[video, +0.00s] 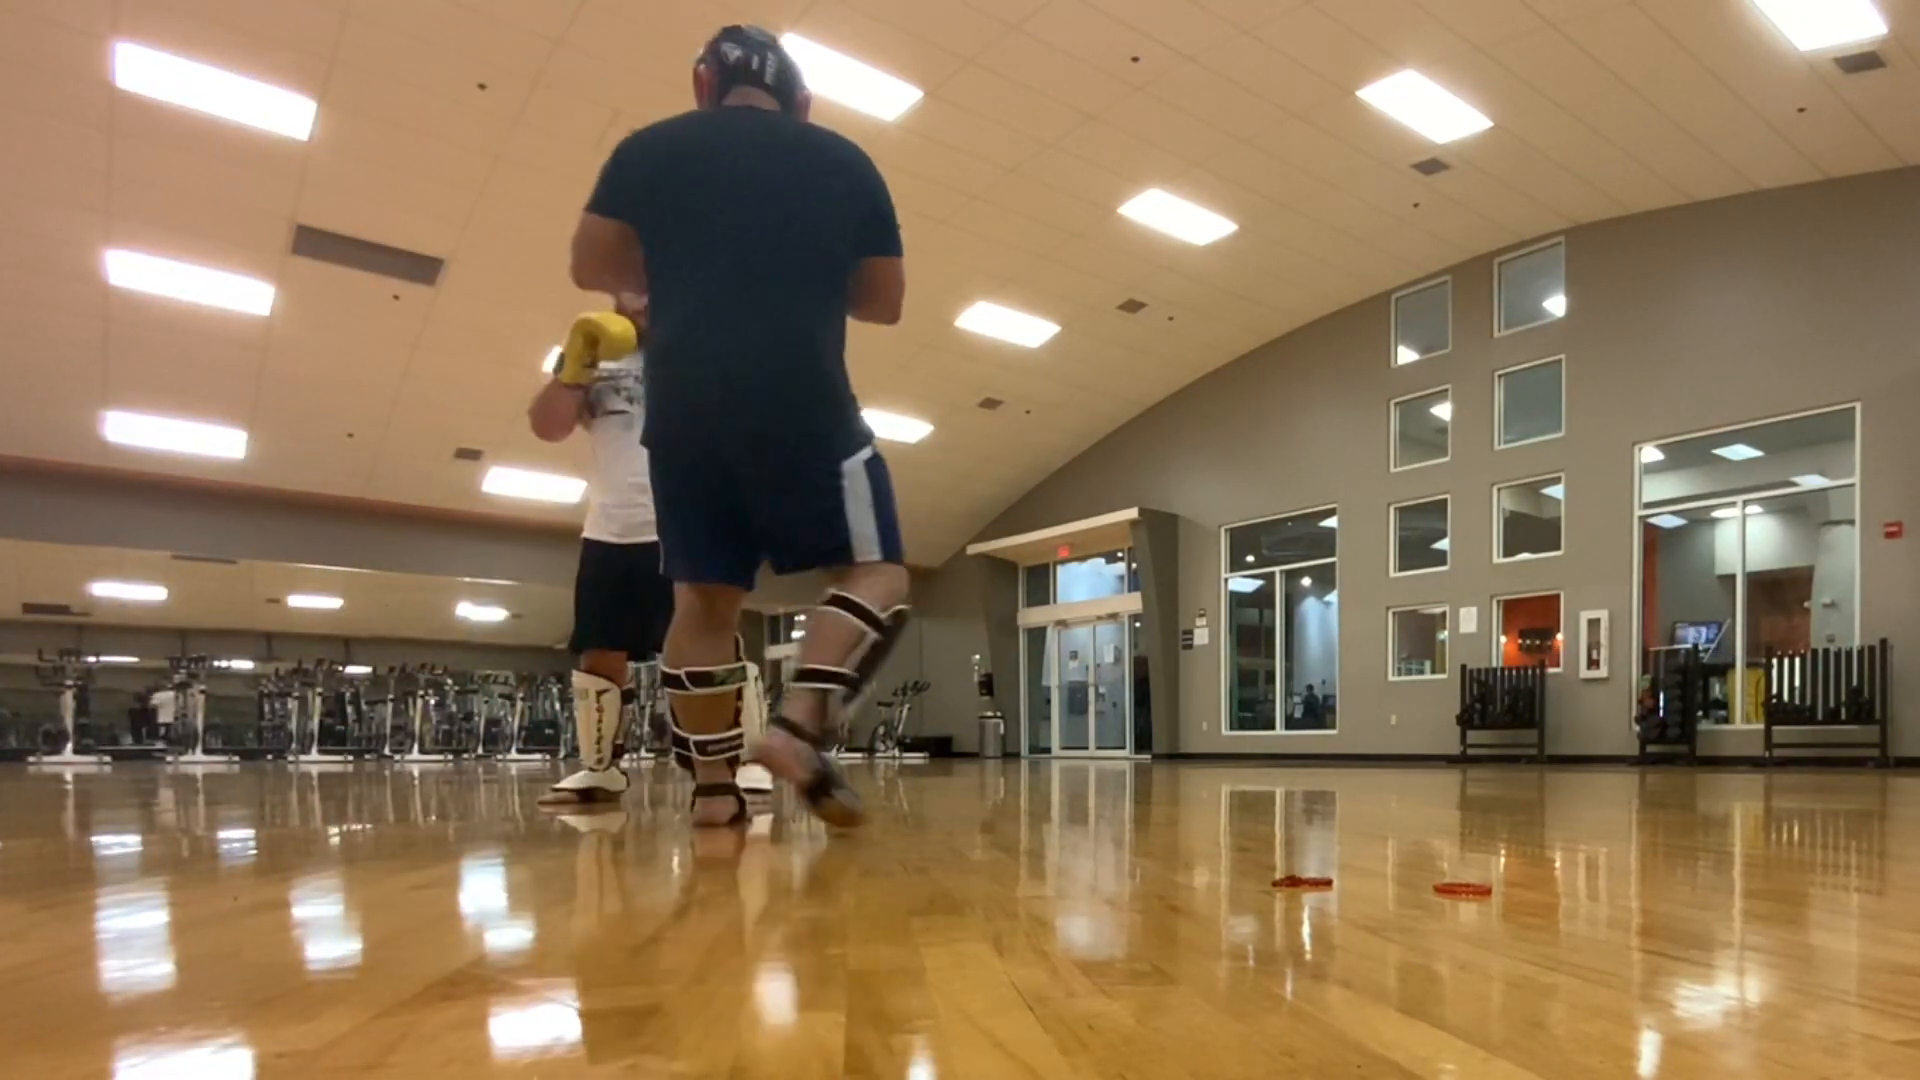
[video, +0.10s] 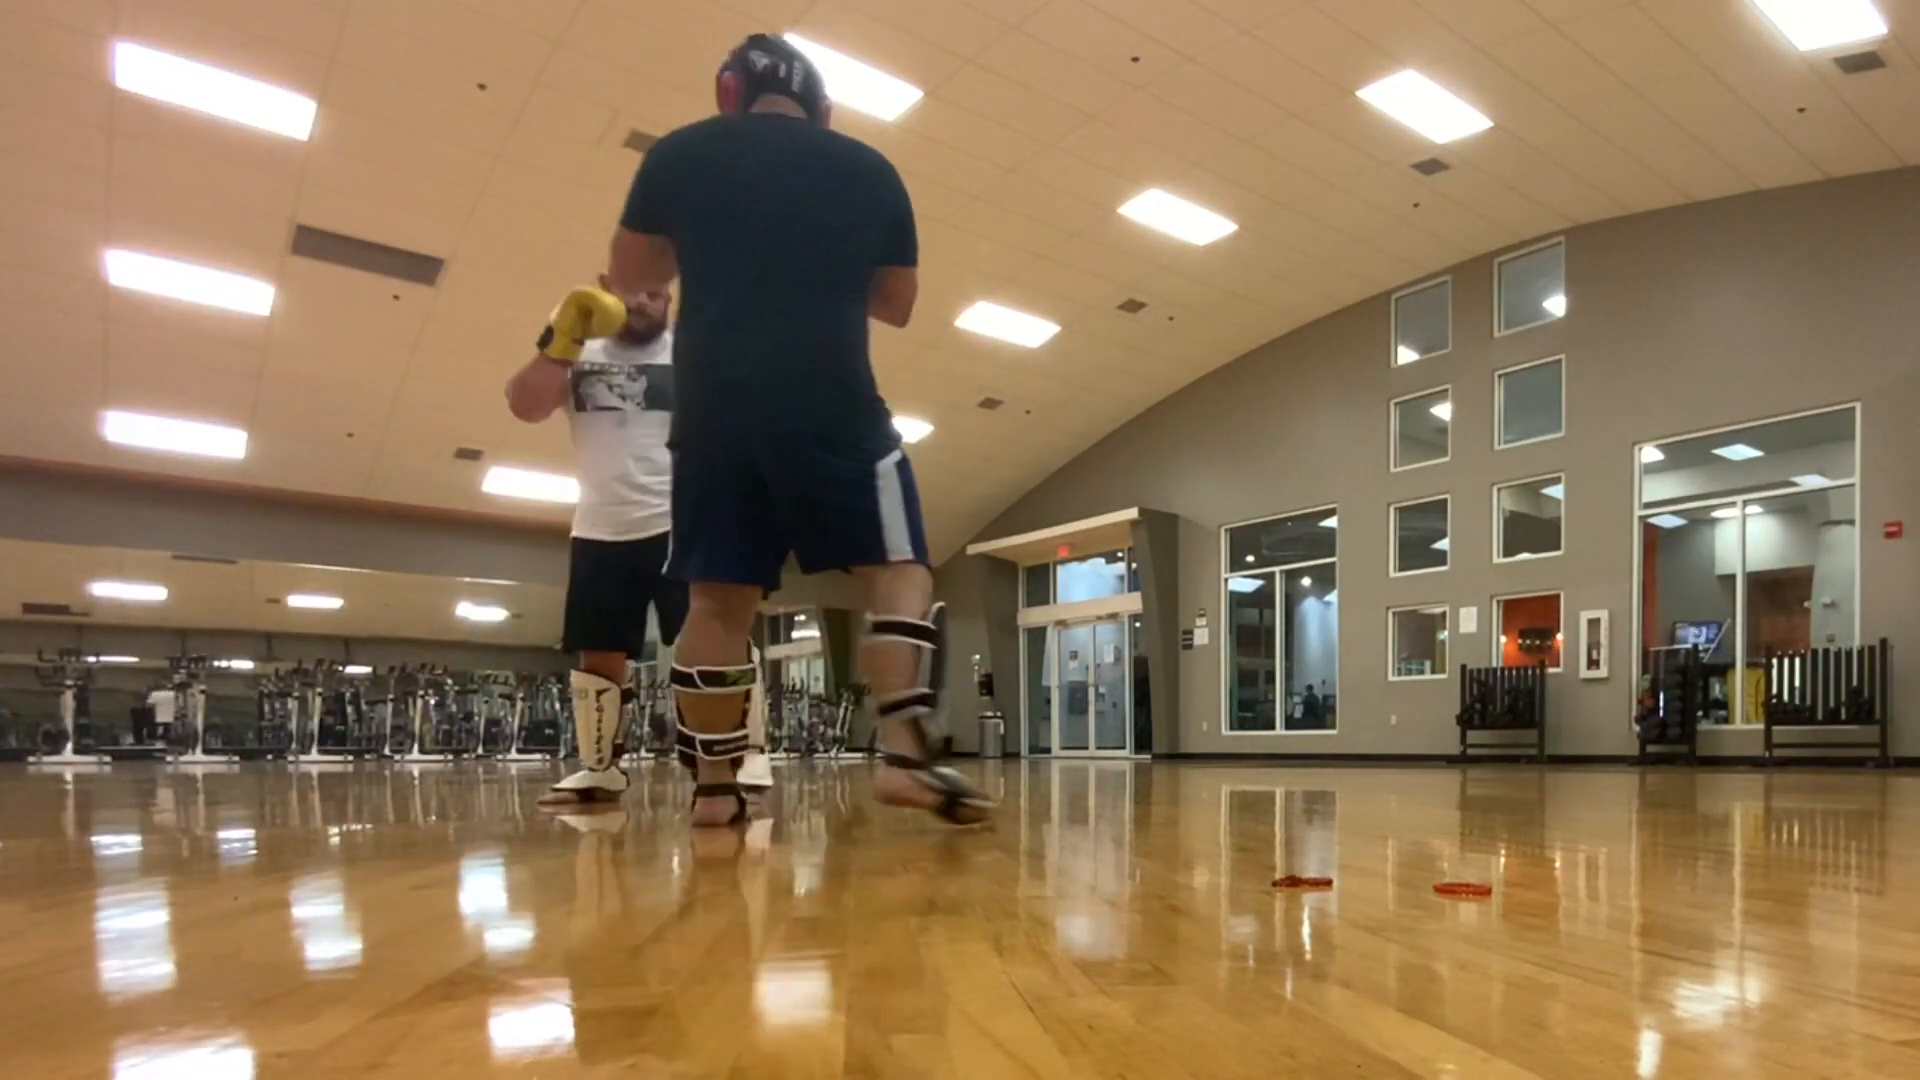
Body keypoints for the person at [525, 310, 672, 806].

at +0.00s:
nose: (639, 309)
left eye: (648, 296)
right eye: (629, 298)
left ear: (668, 299)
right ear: (614, 301)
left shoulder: (691, 352)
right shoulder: (597, 358)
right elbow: (548, 426)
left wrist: (659, 343)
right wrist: (576, 364)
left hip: (684, 526)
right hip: (613, 527)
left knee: (707, 640)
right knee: (599, 651)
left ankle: (734, 761)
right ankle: (599, 768)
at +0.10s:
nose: (641, 302)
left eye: (654, 292)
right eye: (629, 291)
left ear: (671, 299)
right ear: (608, 295)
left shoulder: (691, 350)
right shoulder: (581, 353)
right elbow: (527, 404)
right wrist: (563, 338)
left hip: (681, 522)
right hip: (603, 527)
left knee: (712, 637)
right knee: (599, 654)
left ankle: (746, 752)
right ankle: (599, 769)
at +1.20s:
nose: (637, 279)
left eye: (644, 267)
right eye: (622, 270)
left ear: (655, 271)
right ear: (592, 278)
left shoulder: (689, 328)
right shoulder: (560, 329)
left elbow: (760, 389)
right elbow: (544, 380)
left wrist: (753, 335)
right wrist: (566, 296)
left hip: (693, 499)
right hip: (602, 508)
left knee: (733, 583)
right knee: (566, 638)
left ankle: (757, 726)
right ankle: (576, 775)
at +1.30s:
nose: (630, 288)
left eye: (637, 276)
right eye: (616, 278)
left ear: (648, 279)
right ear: (585, 286)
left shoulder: (675, 333)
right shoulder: (551, 338)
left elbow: (751, 414)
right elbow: (539, 392)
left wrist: (741, 364)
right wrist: (564, 308)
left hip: (682, 487)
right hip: (607, 512)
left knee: (719, 472)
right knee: (572, 643)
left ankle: (665, 620)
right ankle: (578, 777)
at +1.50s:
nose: (642, 260)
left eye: (650, 250)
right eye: (623, 251)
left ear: (663, 259)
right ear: (594, 266)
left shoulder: (698, 319)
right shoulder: (567, 333)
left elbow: (788, 386)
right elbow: (492, 378)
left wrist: (780, 338)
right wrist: (532, 303)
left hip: (703, 473)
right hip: (623, 504)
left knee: (721, 526)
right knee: (585, 617)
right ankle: (580, 775)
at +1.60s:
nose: (663, 256)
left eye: (672, 245)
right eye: (645, 246)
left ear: (686, 254)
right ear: (616, 258)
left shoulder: (715, 305)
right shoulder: (590, 326)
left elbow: (808, 317)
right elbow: (513, 369)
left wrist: (787, 270)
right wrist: (552, 297)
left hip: (714, 492)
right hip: (633, 509)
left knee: (749, 605)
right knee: (595, 629)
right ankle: (579, 775)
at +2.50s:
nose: (705, 258)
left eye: (716, 247)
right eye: (693, 241)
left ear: (724, 250)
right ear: (660, 228)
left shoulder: (732, 314)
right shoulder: (591, 273)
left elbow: (780, 406)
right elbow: (571, 343)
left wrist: (820, 356)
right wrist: (635, 273)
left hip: (716, 504)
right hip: (615, 501)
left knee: (751, 632)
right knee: (609, 644)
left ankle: (807, 763)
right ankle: (612, 773)